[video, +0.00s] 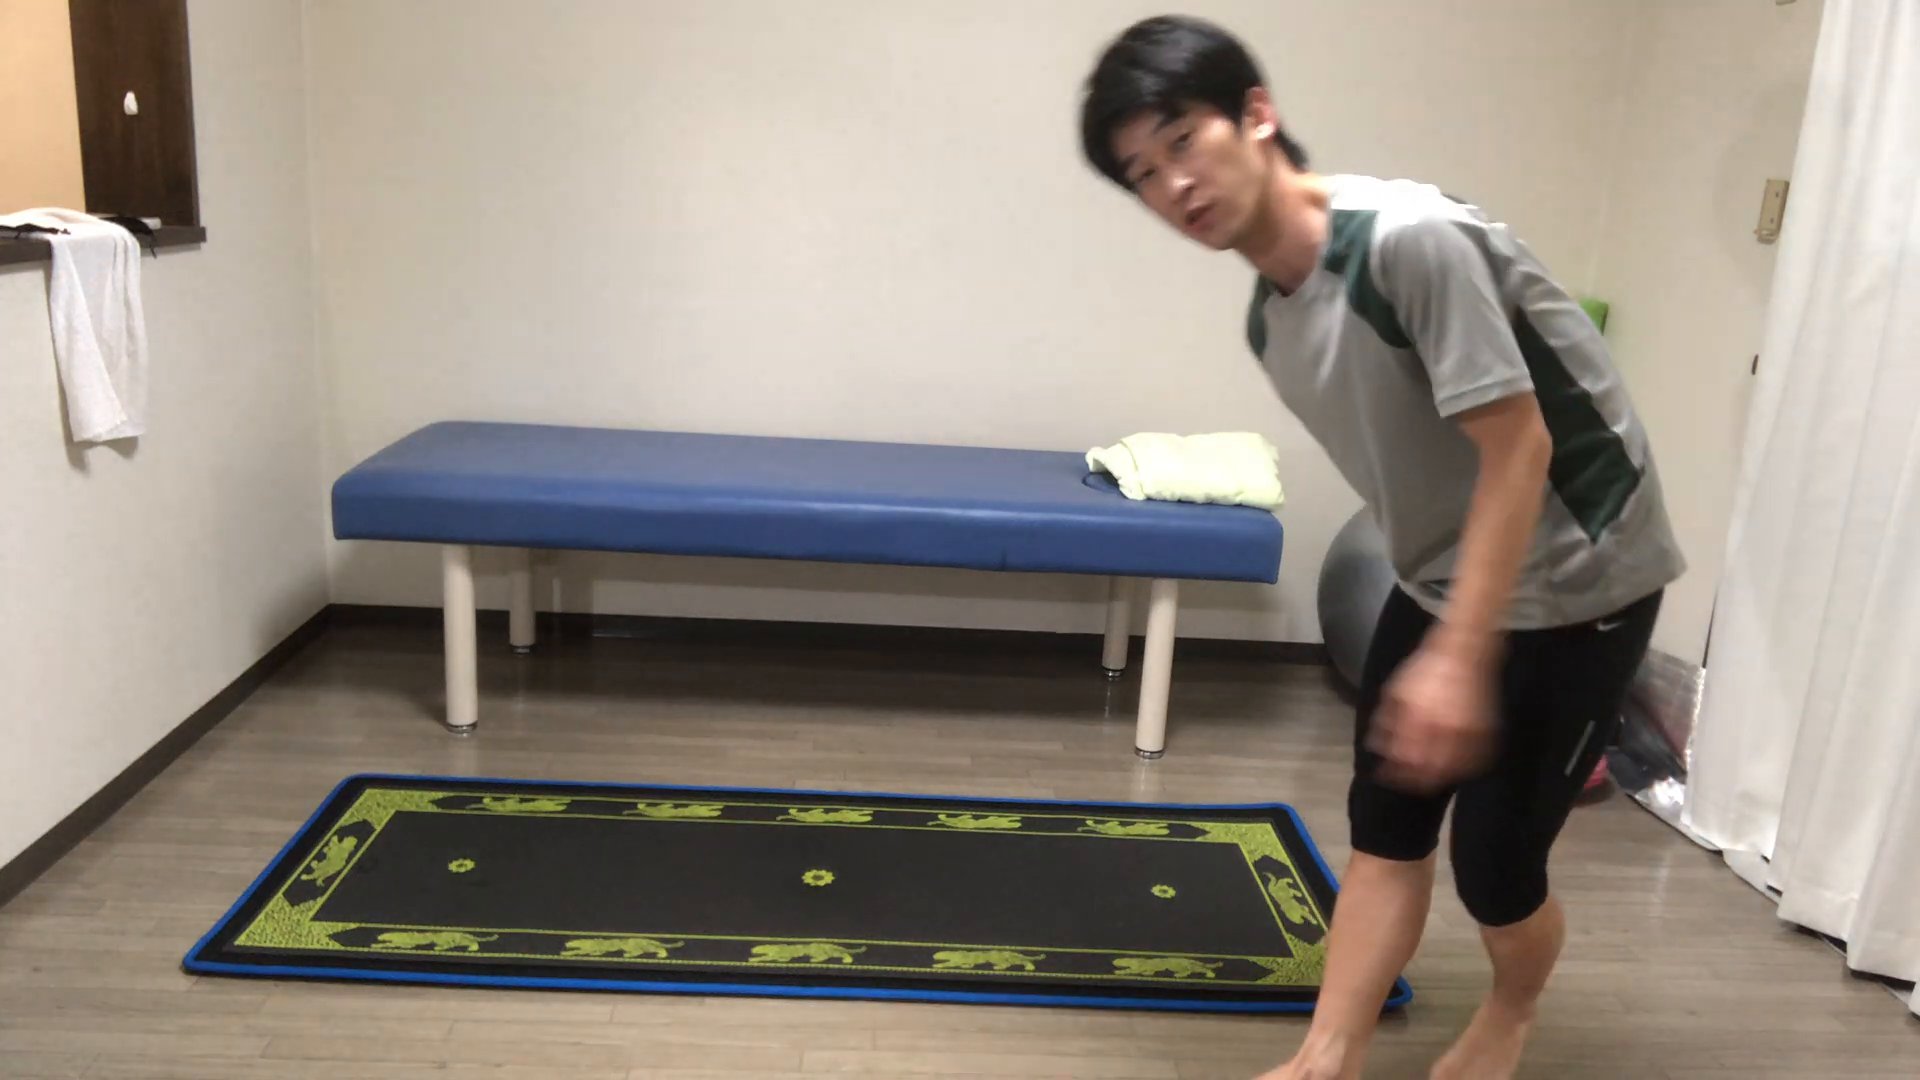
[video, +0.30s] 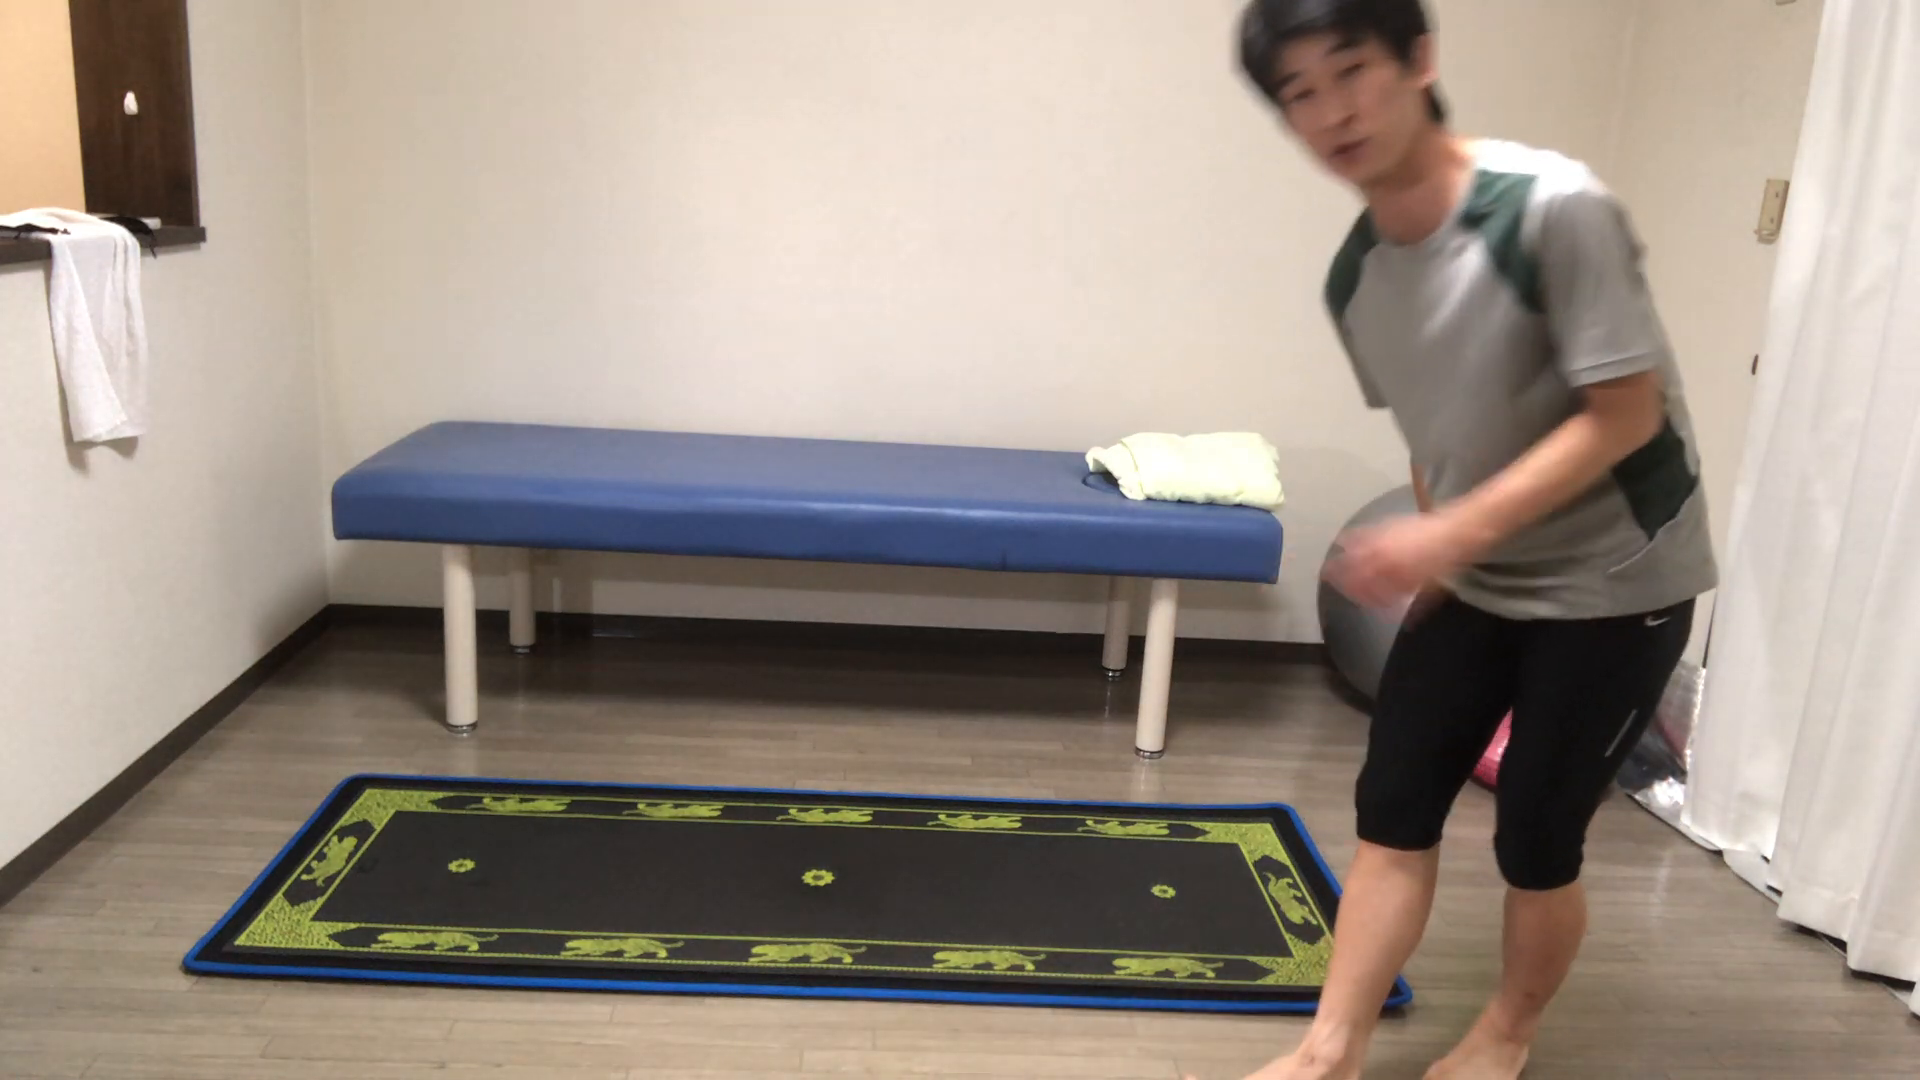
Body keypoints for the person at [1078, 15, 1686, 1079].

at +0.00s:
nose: (1174, 185)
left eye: (1183, 142)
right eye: (1144, 177)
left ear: (1258, 118)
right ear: (1138, 204)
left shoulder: (1414, 242)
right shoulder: (1270, 323)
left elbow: (1520, 449)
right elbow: (1410, 469)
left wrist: (1458, 654)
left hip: (1581, 580)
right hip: (1443, 579)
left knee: (1493, 857)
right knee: (1386, 815)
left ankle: (1510, 1011)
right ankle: (1326, 1058)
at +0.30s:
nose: (1330, 113)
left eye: (1350, 70)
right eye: (1298, 96)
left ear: (1420, 59)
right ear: (1283, 121)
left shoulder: (1555, 208)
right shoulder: (1355, 278)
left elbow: (1629, 409)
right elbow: (1432, 441)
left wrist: (1450, 533)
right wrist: (1435, 570)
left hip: (1615, 583)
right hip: (1474, 577)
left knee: (1536, 830)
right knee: (1394, 799)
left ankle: (1508, 1033)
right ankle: (1332, 1044)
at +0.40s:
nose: (1374, 86)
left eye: (1396, 47)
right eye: (1343, 67)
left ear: (1462, 40)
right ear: (1325, 96)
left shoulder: (1596, 196)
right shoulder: (1380, 262)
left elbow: (1665, 404)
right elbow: (1437, 433)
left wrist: (1573, 581)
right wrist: (1451, 571)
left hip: (1623, 576)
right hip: (1477, 569)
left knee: (1542, 825)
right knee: (1383, 790)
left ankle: (1504, 1036)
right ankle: (1327, 1040)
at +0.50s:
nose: (1406, 59)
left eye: (1431, 22)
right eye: (1376, 38)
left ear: (1500, 25)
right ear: (1361, 63)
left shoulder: (1621, 191)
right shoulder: (1401, 234)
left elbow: (1689, 406)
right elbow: (1447, 412)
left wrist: (1710, 596)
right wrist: (1453, 548)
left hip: (1607, 578)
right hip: (1468, 561)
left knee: (1540, 819)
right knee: (1362, 775)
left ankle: (1504, 1034)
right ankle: (1317, 1031)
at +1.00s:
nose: (1402, 8)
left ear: (1494, 7)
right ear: (1370, 12)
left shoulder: (1574, 159)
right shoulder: (1362, 167)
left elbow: (1604, 375)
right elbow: (1364, 354)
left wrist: (1566, 556)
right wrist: (1345, 505)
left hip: (1513, 538)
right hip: (1386, 523)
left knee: (1506, 789)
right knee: (1314, 735)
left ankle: (1504, 1021)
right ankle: (1290, 956)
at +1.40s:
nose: (1233, 11)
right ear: (1201, 12)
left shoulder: (1408, 126)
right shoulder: (1229, 163)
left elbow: (1471, 328)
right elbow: (1239, 343)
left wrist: (1394, 499)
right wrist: (1199, 493)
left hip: (1370, 528)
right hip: (1257, 520)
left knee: (1332, 778)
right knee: (1268, 752)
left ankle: (1447, 978)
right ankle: (1287, 955)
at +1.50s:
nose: (1213, 10)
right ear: (1177, 9)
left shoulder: (1381, 125)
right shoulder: (1197, 160)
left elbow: (1445, 332)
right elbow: (1201, 342)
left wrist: (1398, 503)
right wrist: (1180, 494)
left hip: (1335, 518)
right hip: (1228, 515)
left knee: (1265, 758)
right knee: (1248, 757)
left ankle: (1365, 973)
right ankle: (1285, 958)